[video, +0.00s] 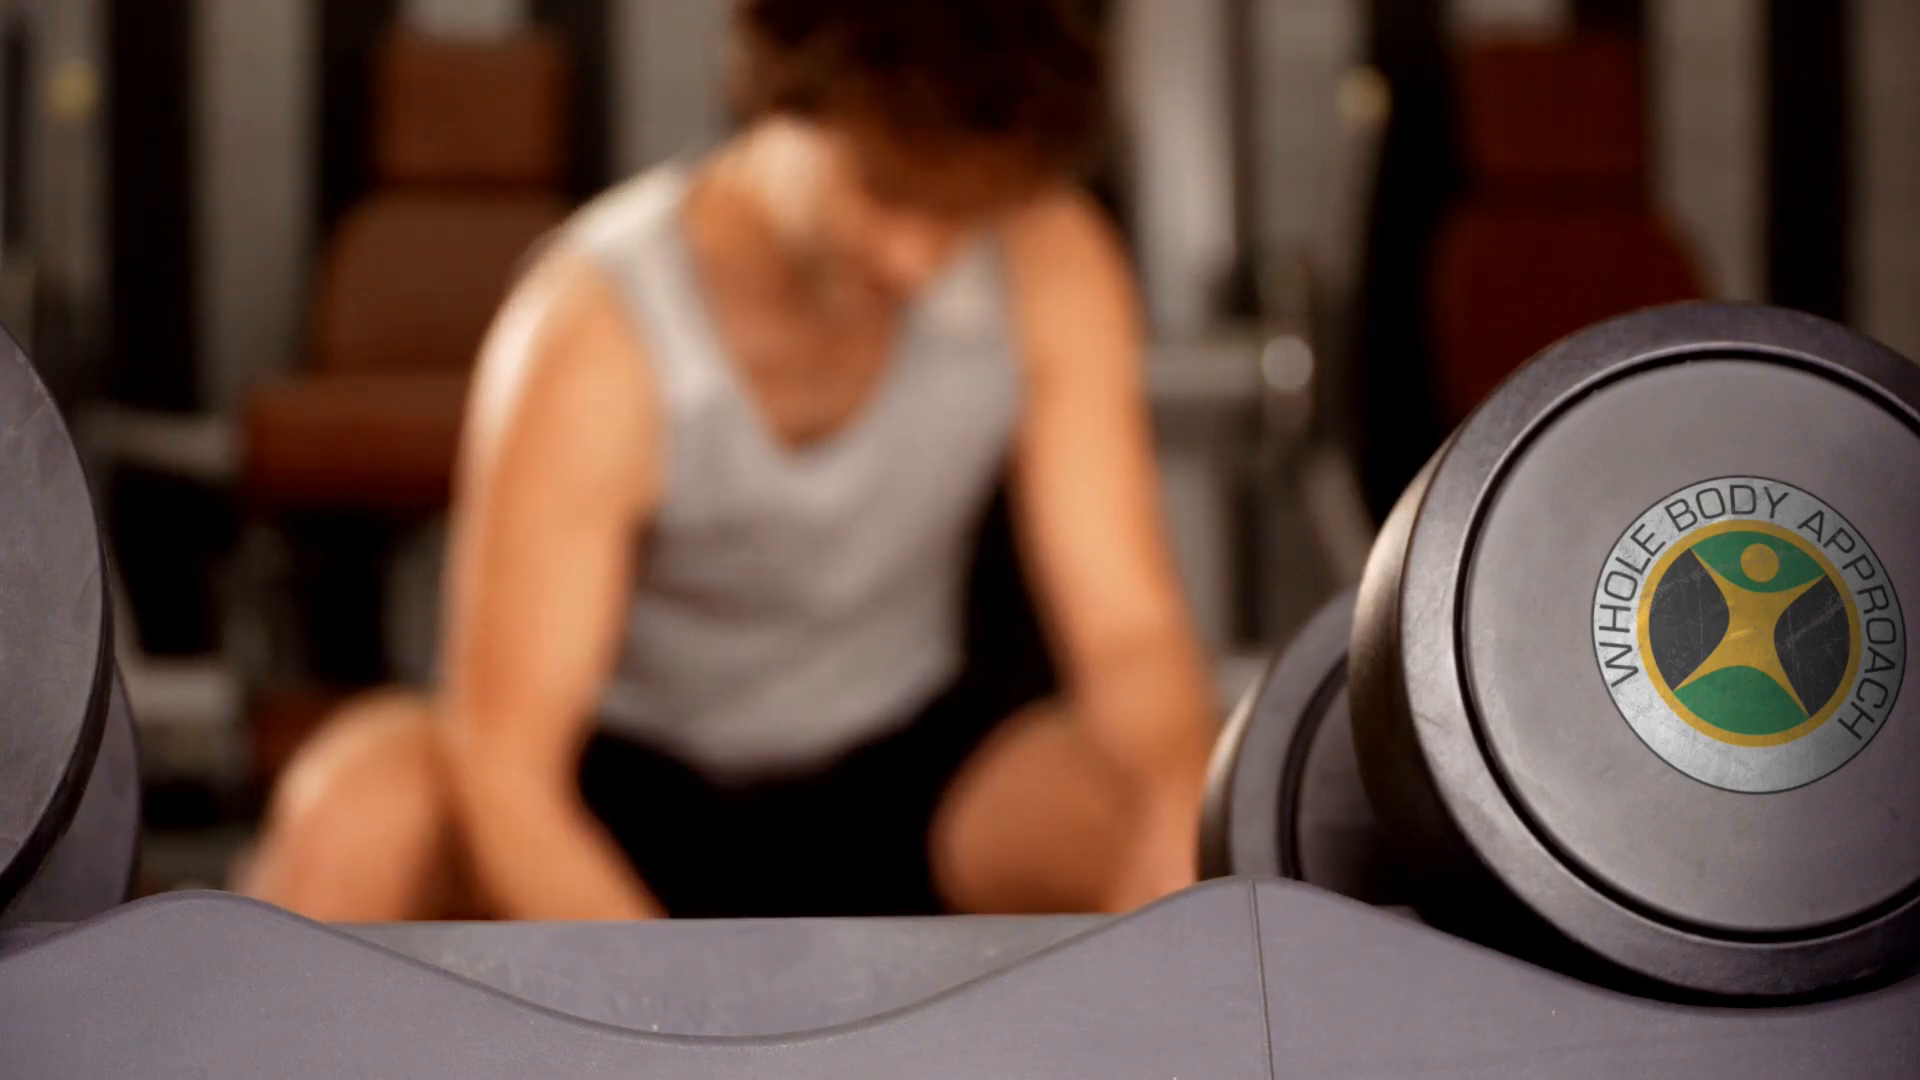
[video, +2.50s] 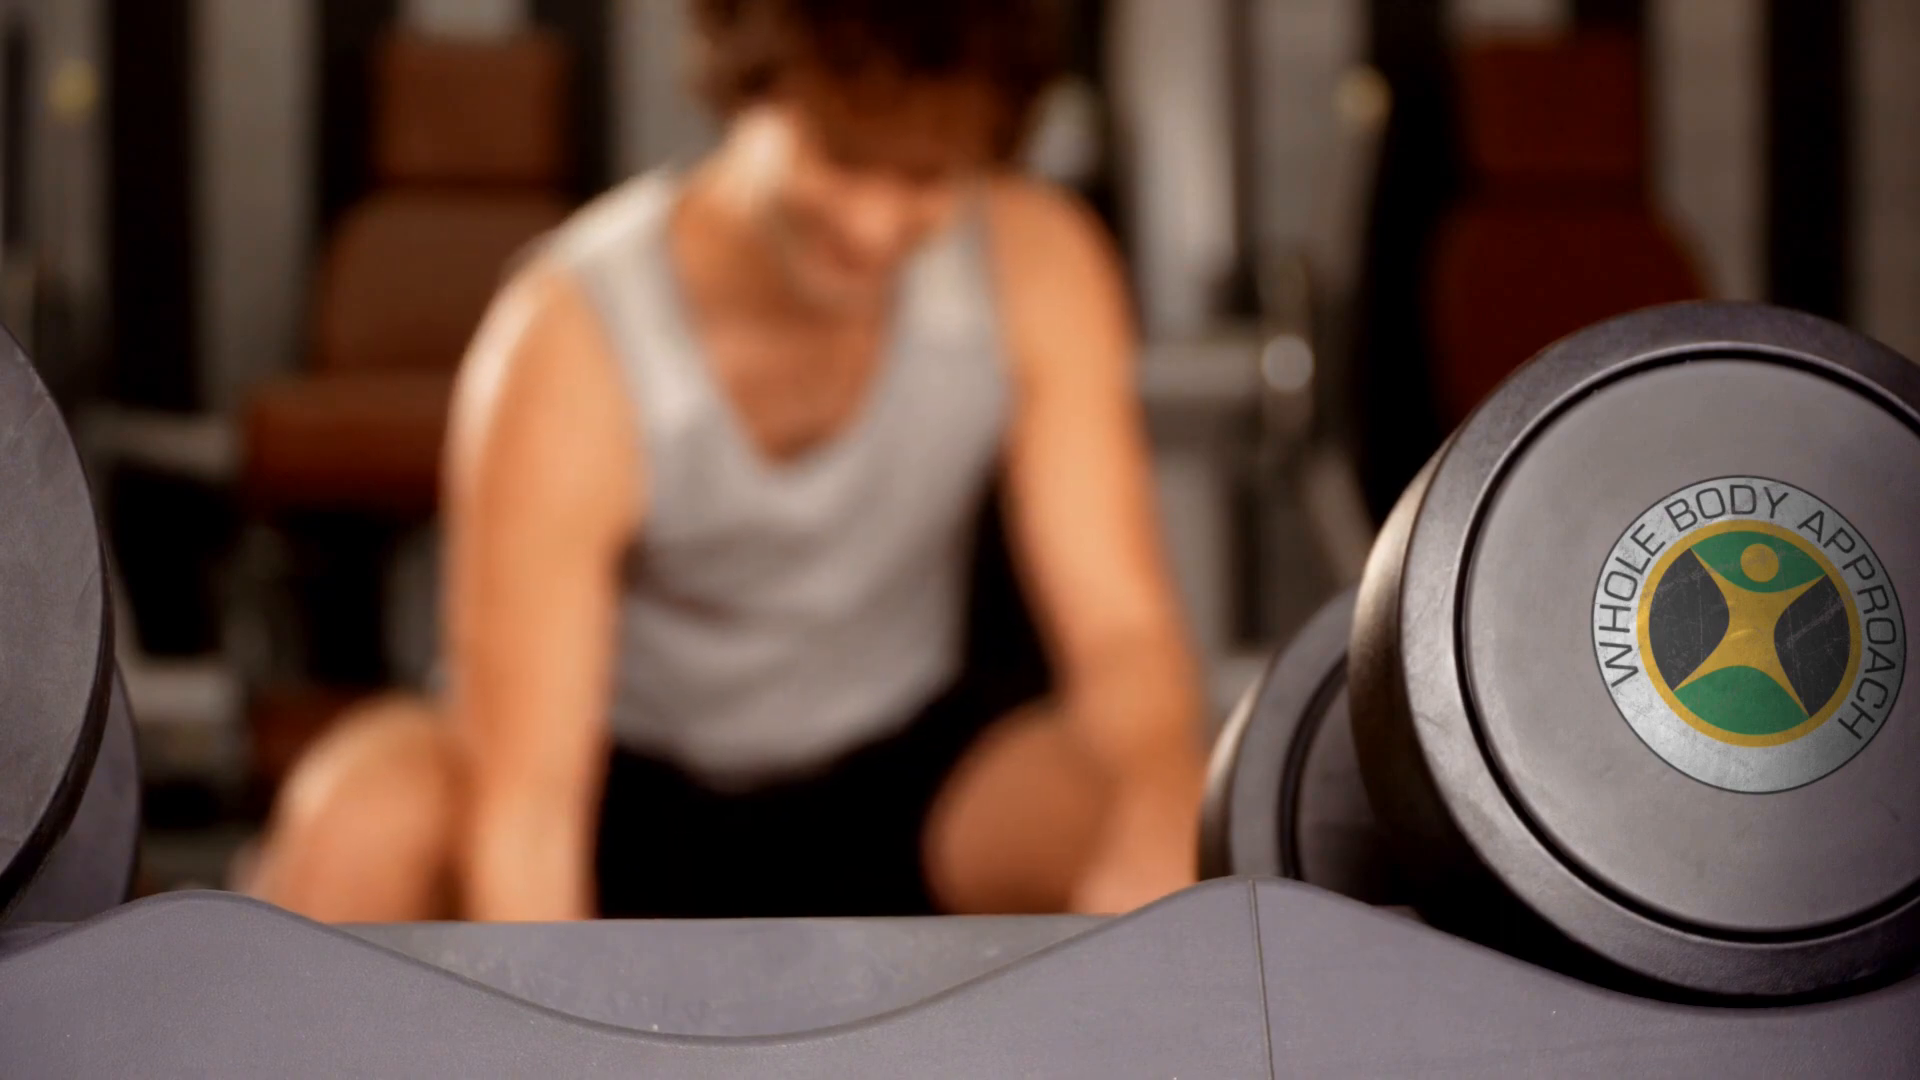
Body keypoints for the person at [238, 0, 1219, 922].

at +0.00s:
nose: (919, 259)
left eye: (971, 212)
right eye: (887, 197)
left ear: (1015, 168)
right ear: (790, 107)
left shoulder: (1045, 253)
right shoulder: (594, 322)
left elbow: (1128, 639)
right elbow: (504, 773)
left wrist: (1182, 854)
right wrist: (688, 1018)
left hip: (899, 781)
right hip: (627, 792)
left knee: (1190, 812)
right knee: (357, 792)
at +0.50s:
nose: (892, 228)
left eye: (938, 180)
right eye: (857, 166)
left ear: (993, 136)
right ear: (758, 76)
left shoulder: (1015, 255)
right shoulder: (511, 312)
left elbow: (1125, 631)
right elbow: (536, 762)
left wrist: (1189, 847)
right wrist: (829, 705)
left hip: (887, 796)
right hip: (599, 813)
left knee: (1180, 800)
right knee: (377, 793)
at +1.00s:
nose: (857, 234)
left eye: (902, 182)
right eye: (818, 173)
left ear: (948, 147)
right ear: (710, 105)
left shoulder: (992, 257)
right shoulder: (466, 331)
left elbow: (1120, 636)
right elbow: (530, 772)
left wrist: (1181, 880)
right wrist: (750, 646)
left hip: (890, 779)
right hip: (597, 805)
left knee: (1179, 816)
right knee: (373, 807)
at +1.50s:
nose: (870, 209)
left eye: (918, 161)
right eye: (835, 149)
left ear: (970, 126)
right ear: (734, 73)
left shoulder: (1009, 250)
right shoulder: (500, 316)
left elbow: (1120, 624)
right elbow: (516, 745)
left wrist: (1177, 869)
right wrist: (767, 715)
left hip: (894, 785)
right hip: (604, 798)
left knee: (1174, 803)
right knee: (368, 802)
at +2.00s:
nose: (883, 223)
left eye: (933, 177)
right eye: (846, 161)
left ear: (996, 144)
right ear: (756, 84)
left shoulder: (1040, 257)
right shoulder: (562, 336)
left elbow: (1128, 641)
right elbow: (522, 797)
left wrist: (1156, 866)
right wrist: (618, 1055)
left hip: (900, 785)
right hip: (624, 794)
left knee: (1178, 799)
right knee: (364, 798)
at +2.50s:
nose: (875, 225)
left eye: (927, 179)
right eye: (840, 162)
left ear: (990, 151)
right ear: (749, 90)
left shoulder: (1034, 258)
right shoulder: (566, 342)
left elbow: (1122, 645)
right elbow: (529, 802)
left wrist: (1143, 864)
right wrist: (551, 1063)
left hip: (893, 784)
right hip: (616, 795)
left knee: (1166, 805)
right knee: (362, 801)